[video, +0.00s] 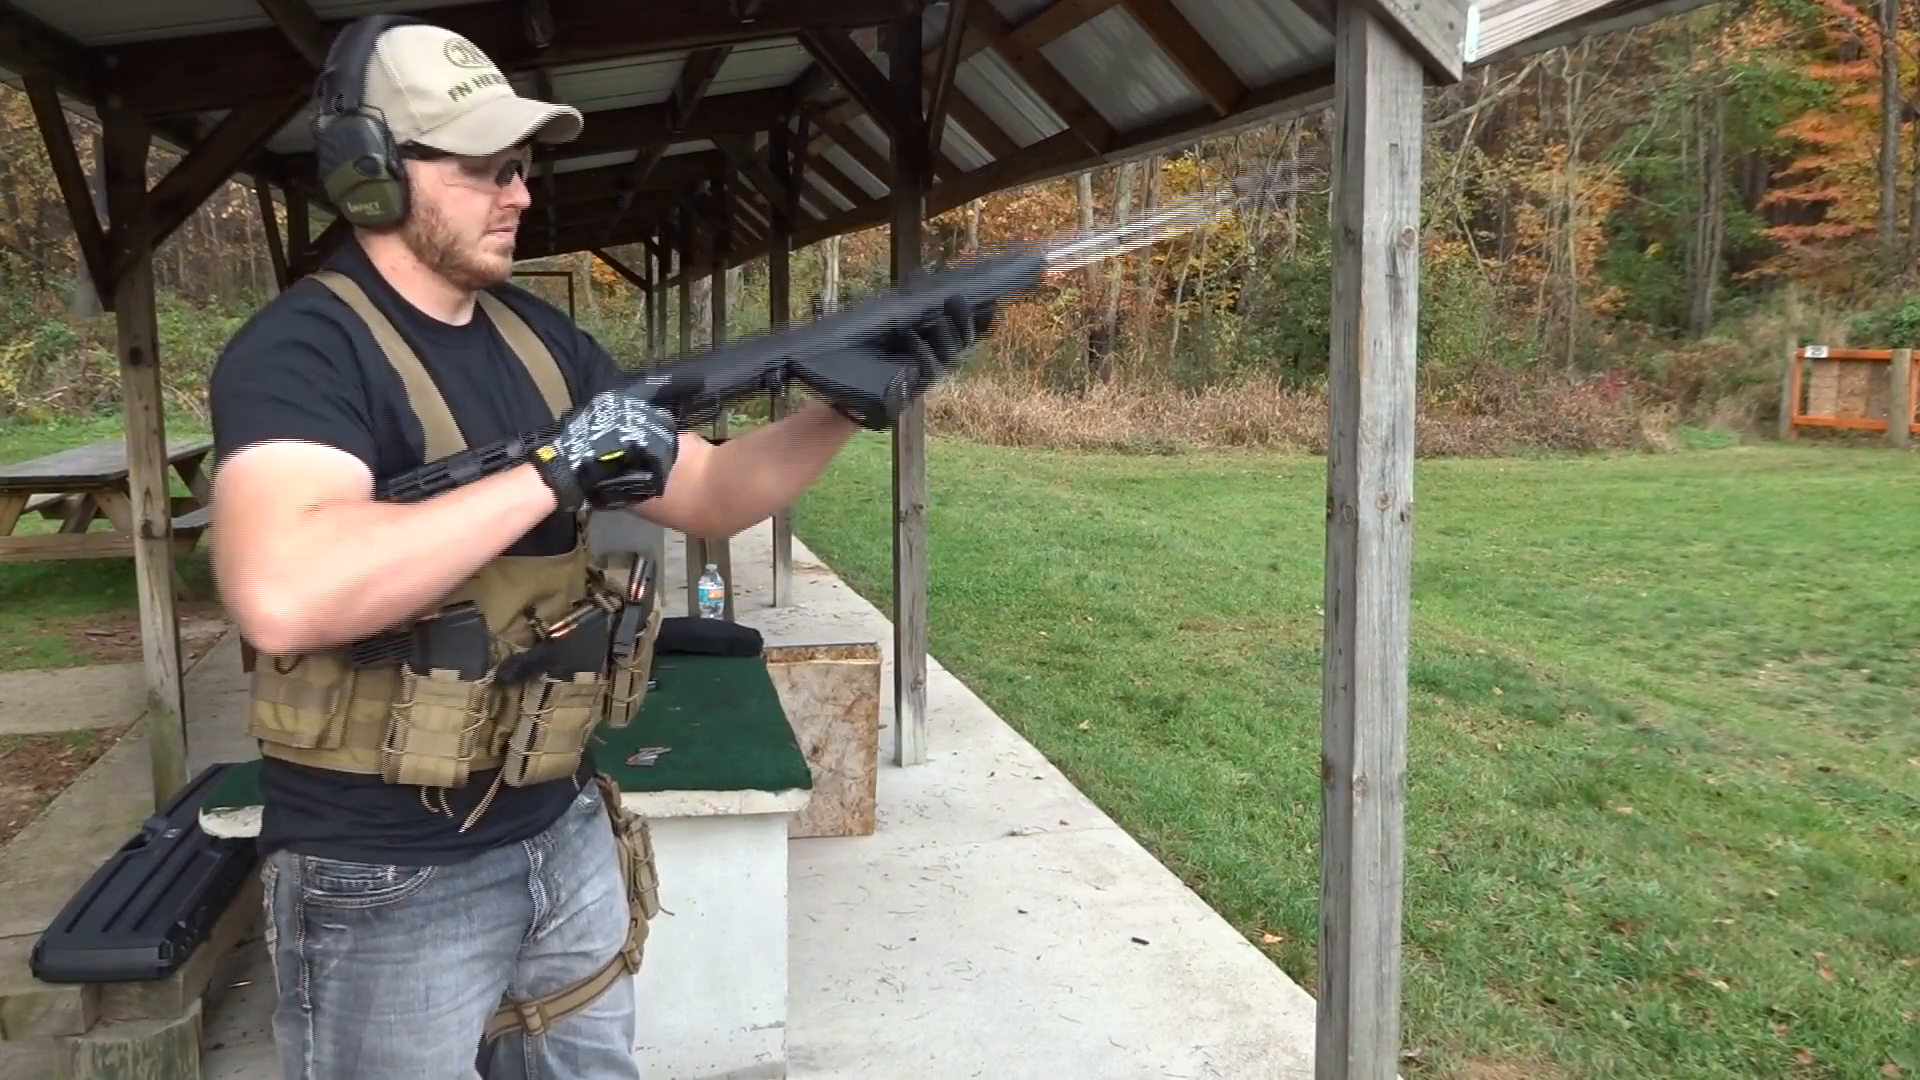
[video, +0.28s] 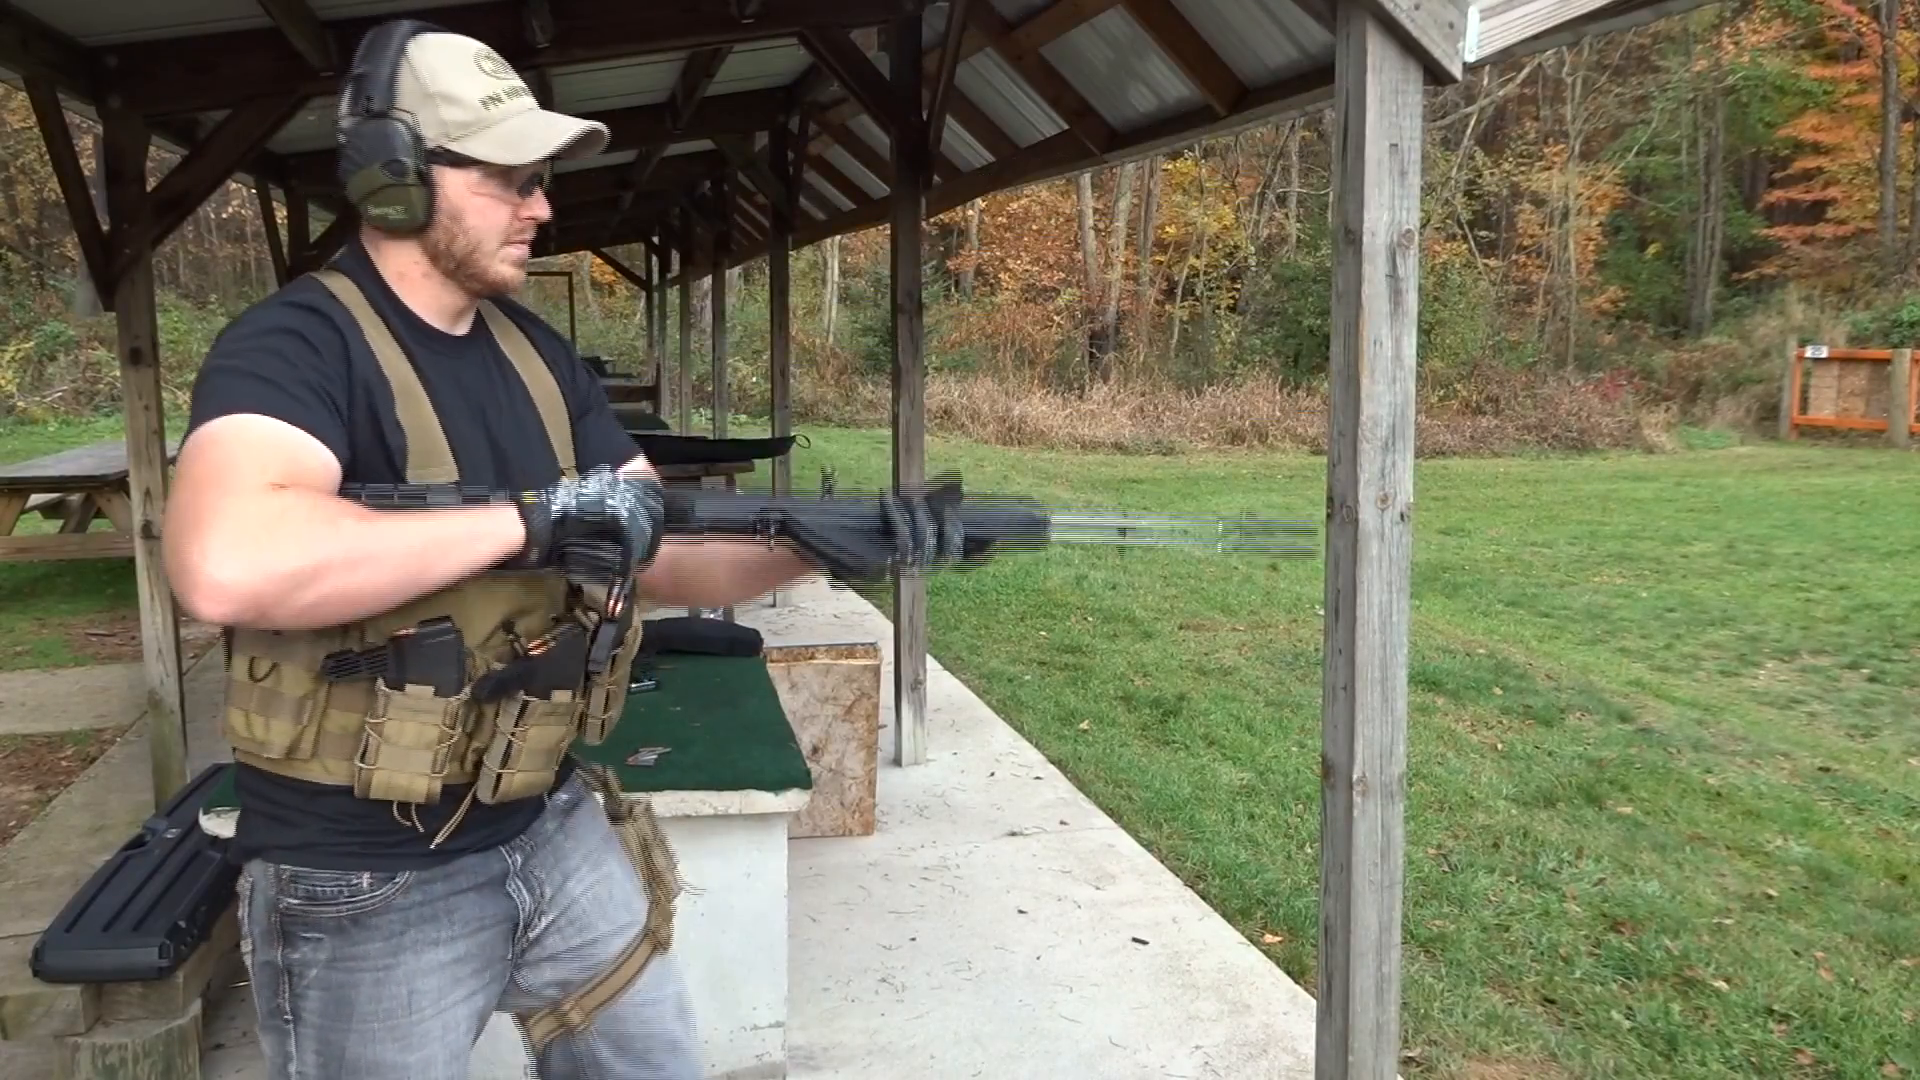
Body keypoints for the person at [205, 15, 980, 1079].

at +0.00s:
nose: (521, 195)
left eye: (520, 165)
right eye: (482, 171)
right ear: (375, 180)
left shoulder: (540, 336)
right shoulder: (299, 353)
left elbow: (707, 493)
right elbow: (285, 596)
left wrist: (847, 400)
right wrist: (558, 469)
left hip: (564, 839)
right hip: (388, 888)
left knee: (594, 1065)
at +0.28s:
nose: (543, 210)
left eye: (541, 182)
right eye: (512, 182)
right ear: (394, 184)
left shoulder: (539, 352)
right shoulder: (293, 347)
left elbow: (636, 556)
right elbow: (230, 567)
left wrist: (808, 548)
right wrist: (537, 522)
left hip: (557, 833)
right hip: (368, 892)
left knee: (657, 1060)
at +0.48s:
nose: (615, 224)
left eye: (613, 197)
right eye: (585, 196)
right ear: (473, 197)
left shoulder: (596, 375)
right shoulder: (358, 352)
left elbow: (684, 573)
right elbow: (254, 584)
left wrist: (821, 654)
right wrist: (567, 576)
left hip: (580, 842)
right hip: (390, 889)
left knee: (676, 1066)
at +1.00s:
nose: (861, 301)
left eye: (861, 276)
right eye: (839, 274)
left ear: (767, 274)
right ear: (748, 269)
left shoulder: (800, 440)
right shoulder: (602, 376)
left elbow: (862, 619)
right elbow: (595, 582)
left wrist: (986, 706)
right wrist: (847, 627)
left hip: (666, 838)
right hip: (476, 851)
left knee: (762, 1067)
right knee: (399, 1067)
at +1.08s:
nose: (834, 306)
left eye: (834, 281)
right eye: (811, 279)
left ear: (737, 282)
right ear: (715, 271)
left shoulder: (772, 427)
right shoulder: (577, 380)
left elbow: (878, 616)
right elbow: (624, 582)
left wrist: (1053, 664)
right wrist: (867, 585)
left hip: (651, 832)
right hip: (459, 855)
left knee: (753, 1066)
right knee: (369, 1071)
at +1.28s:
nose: (758, 321)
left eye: (761, 295)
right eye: (735, 293)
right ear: (642, 281)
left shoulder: (700, 418)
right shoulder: (493, 390)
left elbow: (886, 524)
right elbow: (599, 612)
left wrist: (1069, 487)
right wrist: (793, 477)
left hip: (598, 846)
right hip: (403, 877)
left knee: (719, 1071)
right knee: (334, 1076)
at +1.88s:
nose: (697, 360)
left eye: (706, 335)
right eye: (675, 332)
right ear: (578, 301)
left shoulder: (653, 400)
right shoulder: (429, 376)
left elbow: (860, 487)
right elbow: (522, 609)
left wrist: (1036, 407)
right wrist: (706, 436)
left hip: (588, 839)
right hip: (393, 876)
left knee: (714, 1067)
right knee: (330, 1074)